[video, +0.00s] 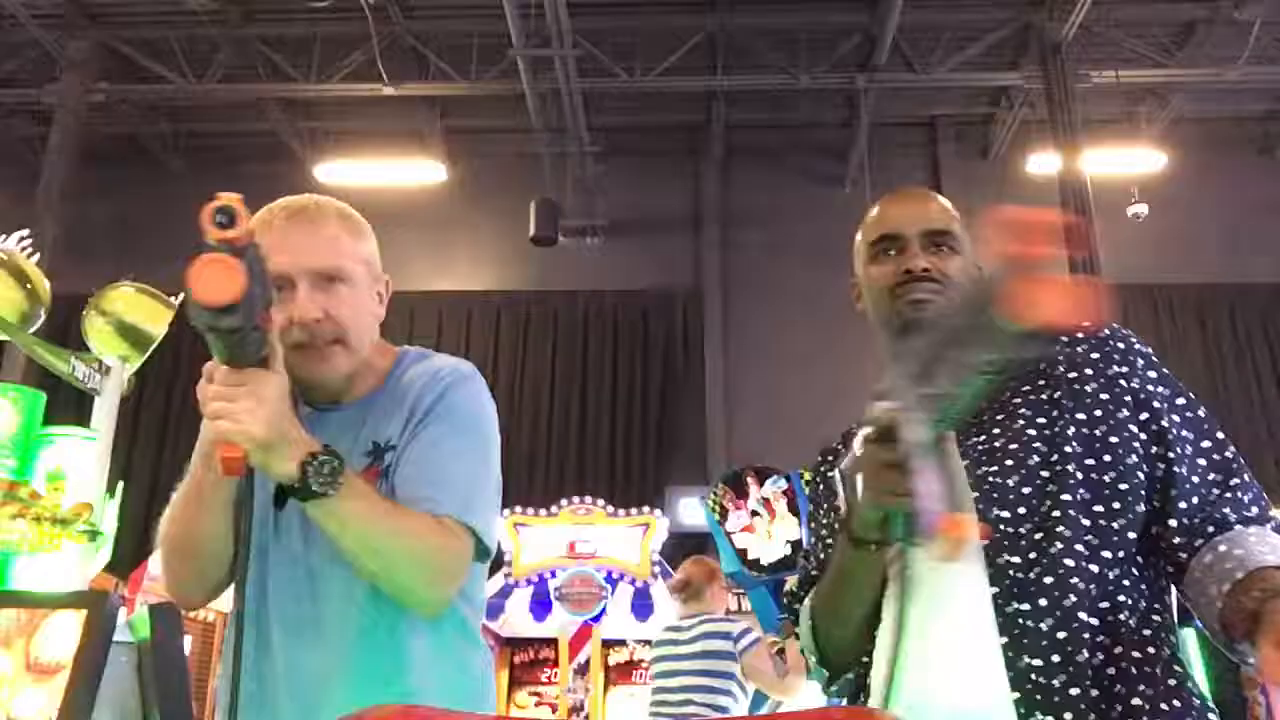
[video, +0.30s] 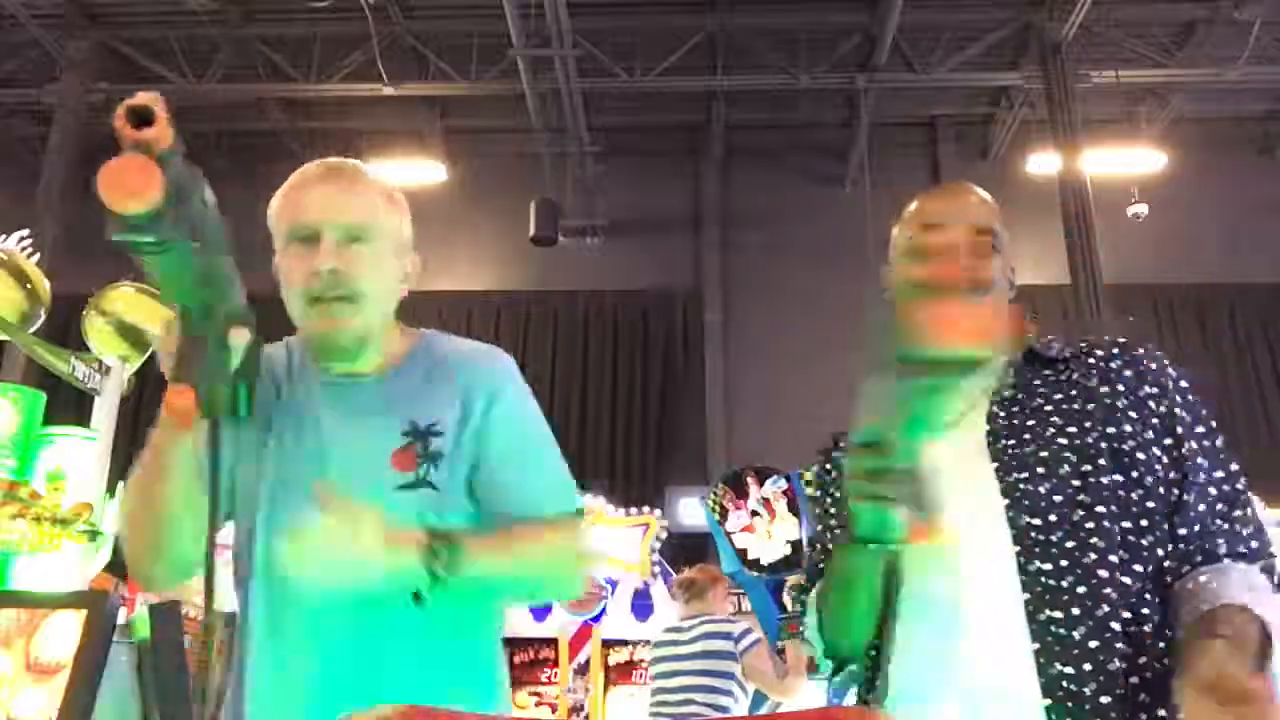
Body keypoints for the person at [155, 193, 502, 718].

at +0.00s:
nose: (305, 312)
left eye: (331, 282)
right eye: (279, 288)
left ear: (381, 297)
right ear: (253, 309)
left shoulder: (446, 391)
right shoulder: (253, 406)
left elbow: (433, 578)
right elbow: (188, 585)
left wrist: (296, 455)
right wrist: (219, 434)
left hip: (417, 709)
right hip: (265, 706)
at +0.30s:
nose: (326, 264)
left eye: (355, 240)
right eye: (304, 241)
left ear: (407, 267)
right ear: (277, 266)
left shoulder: (478, 382)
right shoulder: (249, 387)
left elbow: (561, 560)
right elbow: (156, 567)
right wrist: (182, 396)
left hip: (445, 703)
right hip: (281, 702)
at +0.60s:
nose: (286, 294)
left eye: (312, 275)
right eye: (263, 273)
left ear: (355, 300)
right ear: (234, 292)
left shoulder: (410, 423)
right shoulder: (182, 401)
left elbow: (452, 566)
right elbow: (110, 545)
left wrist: (452, 664)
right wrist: (133, 407)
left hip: (354, 712)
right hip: (187, 708)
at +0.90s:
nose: (311, 300)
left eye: (336, 281)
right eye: (289, 277)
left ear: (377, 306)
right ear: (259, 296)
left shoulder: (424, 410)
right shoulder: (199, 398)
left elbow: (443, 566)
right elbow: (160, 573)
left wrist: (302, 482)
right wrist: (179, 506)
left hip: (370, 706)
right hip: (212, 703)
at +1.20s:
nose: (295, 309)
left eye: (320, 291)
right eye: (274, 288)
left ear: (360, 314)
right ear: (241, 306)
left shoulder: (405, 418)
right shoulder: (198, 408)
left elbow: (419, 568)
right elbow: (154, 582)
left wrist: (276, 485)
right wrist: (161, 478)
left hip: (343, 706)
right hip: (199, 705)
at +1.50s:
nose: (290, 315)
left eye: (315, 297)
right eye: (272, 295)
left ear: (353, 323)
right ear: (238, 314)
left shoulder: (404, 421)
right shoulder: (180, 419)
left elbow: (435, 571)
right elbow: (171, 585)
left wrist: (316, 512)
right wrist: (217, 508)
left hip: (356, 710)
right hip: (206, 709)